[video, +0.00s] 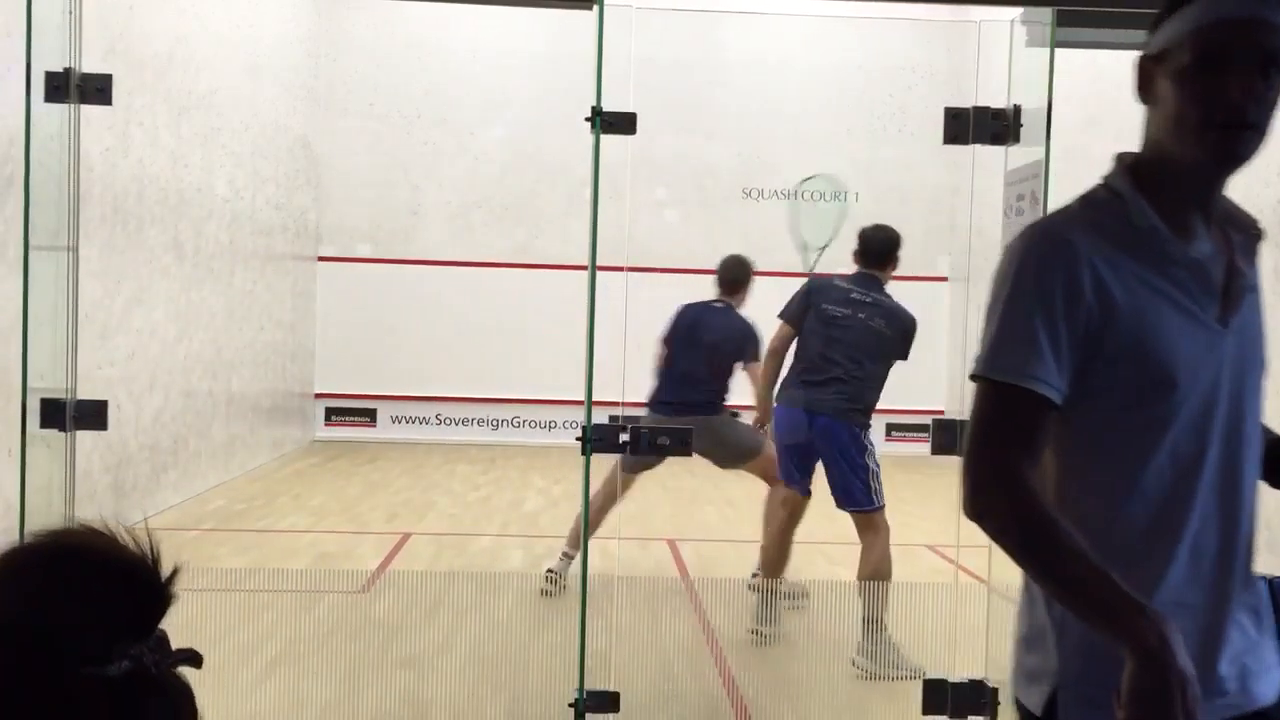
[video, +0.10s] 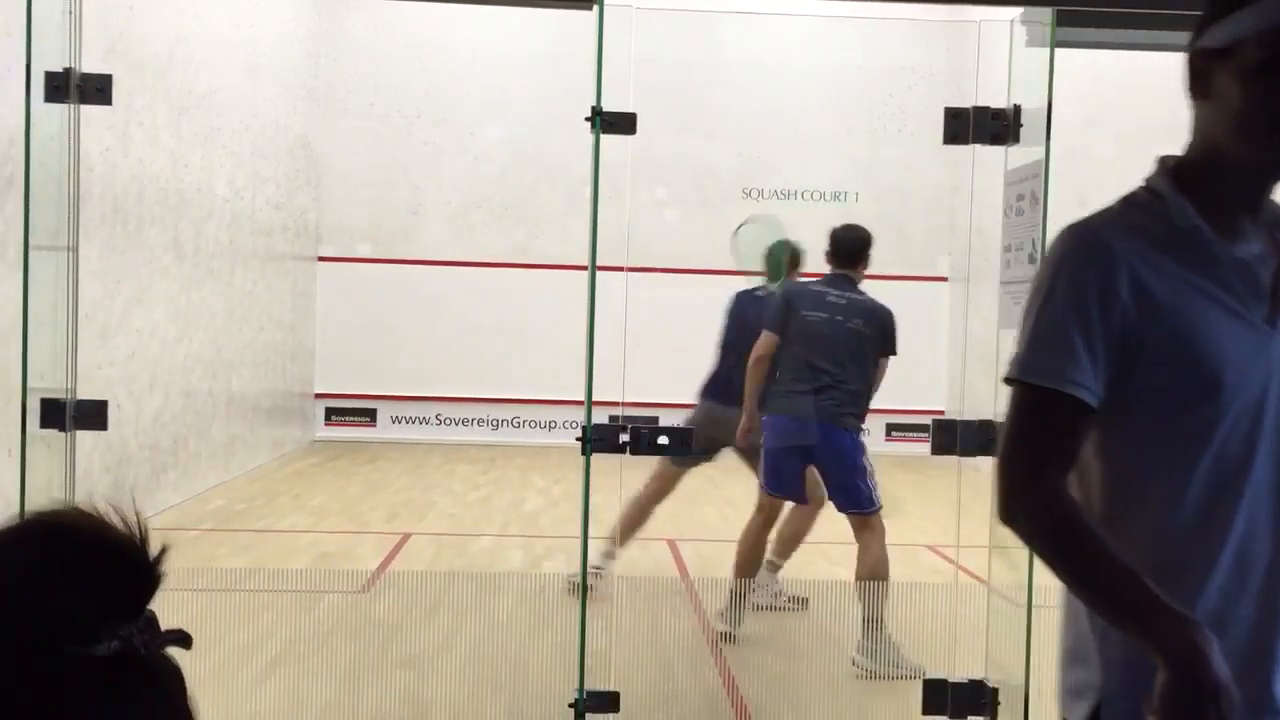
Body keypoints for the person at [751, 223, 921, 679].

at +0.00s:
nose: (892, 265)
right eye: (894, 259)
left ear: (854, 256)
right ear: (894, 264)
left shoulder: (817, 288)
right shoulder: (901, 320)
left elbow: (776, 346)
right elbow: (883, 364)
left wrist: (763, 403)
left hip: (792, 415)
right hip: (844, 427)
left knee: (788, 503)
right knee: (874, 532)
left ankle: (763, 613)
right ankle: (874, 641)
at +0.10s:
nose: (862, 263)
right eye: (866, 258)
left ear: (828, 256)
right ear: (866, 262)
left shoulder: (793, 294)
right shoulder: (879, 315)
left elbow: (759, 355)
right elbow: (874, 380)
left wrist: (749, 411)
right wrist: (848, 415)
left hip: (782, 423)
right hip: (838, 430)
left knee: (765, 512)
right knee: (869, 531)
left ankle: (732, 615)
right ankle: (873, 641)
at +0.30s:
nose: (913, 299)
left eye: (914, 292)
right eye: (914, 292)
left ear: (881, 283)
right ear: (905, 291)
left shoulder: (845, 308)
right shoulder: (872, 322)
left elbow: (836, 351)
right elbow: (883, 384)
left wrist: (887, 355)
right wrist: (953, 384)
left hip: (798, 420)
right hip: (838, 426)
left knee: (772, 507)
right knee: (923, 480)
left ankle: (745, 588)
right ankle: (879, 559)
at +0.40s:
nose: (987, 327)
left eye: (986, 319)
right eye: (987, 319)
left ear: (956, 306)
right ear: (978, 317)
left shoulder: (925, 322)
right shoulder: (935, 345)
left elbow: (884, 310)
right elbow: (948, 403)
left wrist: (870, 326)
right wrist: (1006, 377)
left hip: (848, 429)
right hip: (886, 440)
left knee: (800, 512)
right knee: (976, 496)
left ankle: (748, 585)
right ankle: (1025, 578)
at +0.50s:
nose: (1050, 359)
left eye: (1051, 350)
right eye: (1052, 351)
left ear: (1024, 331)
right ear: (1045, 349)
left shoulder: (981, 346)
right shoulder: (1013, 392)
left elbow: (930, 340)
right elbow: (1043, 453)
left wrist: (883, 336)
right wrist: (1072, 431)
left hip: (910, 450)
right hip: (954, 464)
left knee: (843, 524)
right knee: (1038, 524)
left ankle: (766, 584)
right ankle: (1096, 609)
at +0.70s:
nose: (1106, 401)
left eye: (1103, 389)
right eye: (1110, 396)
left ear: (1080, 373)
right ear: (1106, 396)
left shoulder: (1032, 385)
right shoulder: (1085, 425)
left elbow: (965, 403)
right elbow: (1089, 485)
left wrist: (949, 440)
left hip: (948, 456)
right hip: (998, 470)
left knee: (899, 526)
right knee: (1090, 528)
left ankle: (837, 587)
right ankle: (1110, 617)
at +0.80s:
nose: (1085, 375)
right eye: (1089, 373)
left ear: (1058, 359)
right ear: (1086, 379)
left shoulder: (1012, 371)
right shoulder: (1070, 416)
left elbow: (953, 397)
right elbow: (1037, 460)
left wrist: (972, 428)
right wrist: (1006, 498)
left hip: (946, 449)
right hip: (1000, 467)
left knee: (902, 503)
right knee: (1090, 525)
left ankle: (875, 582)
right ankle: (1110, 617)